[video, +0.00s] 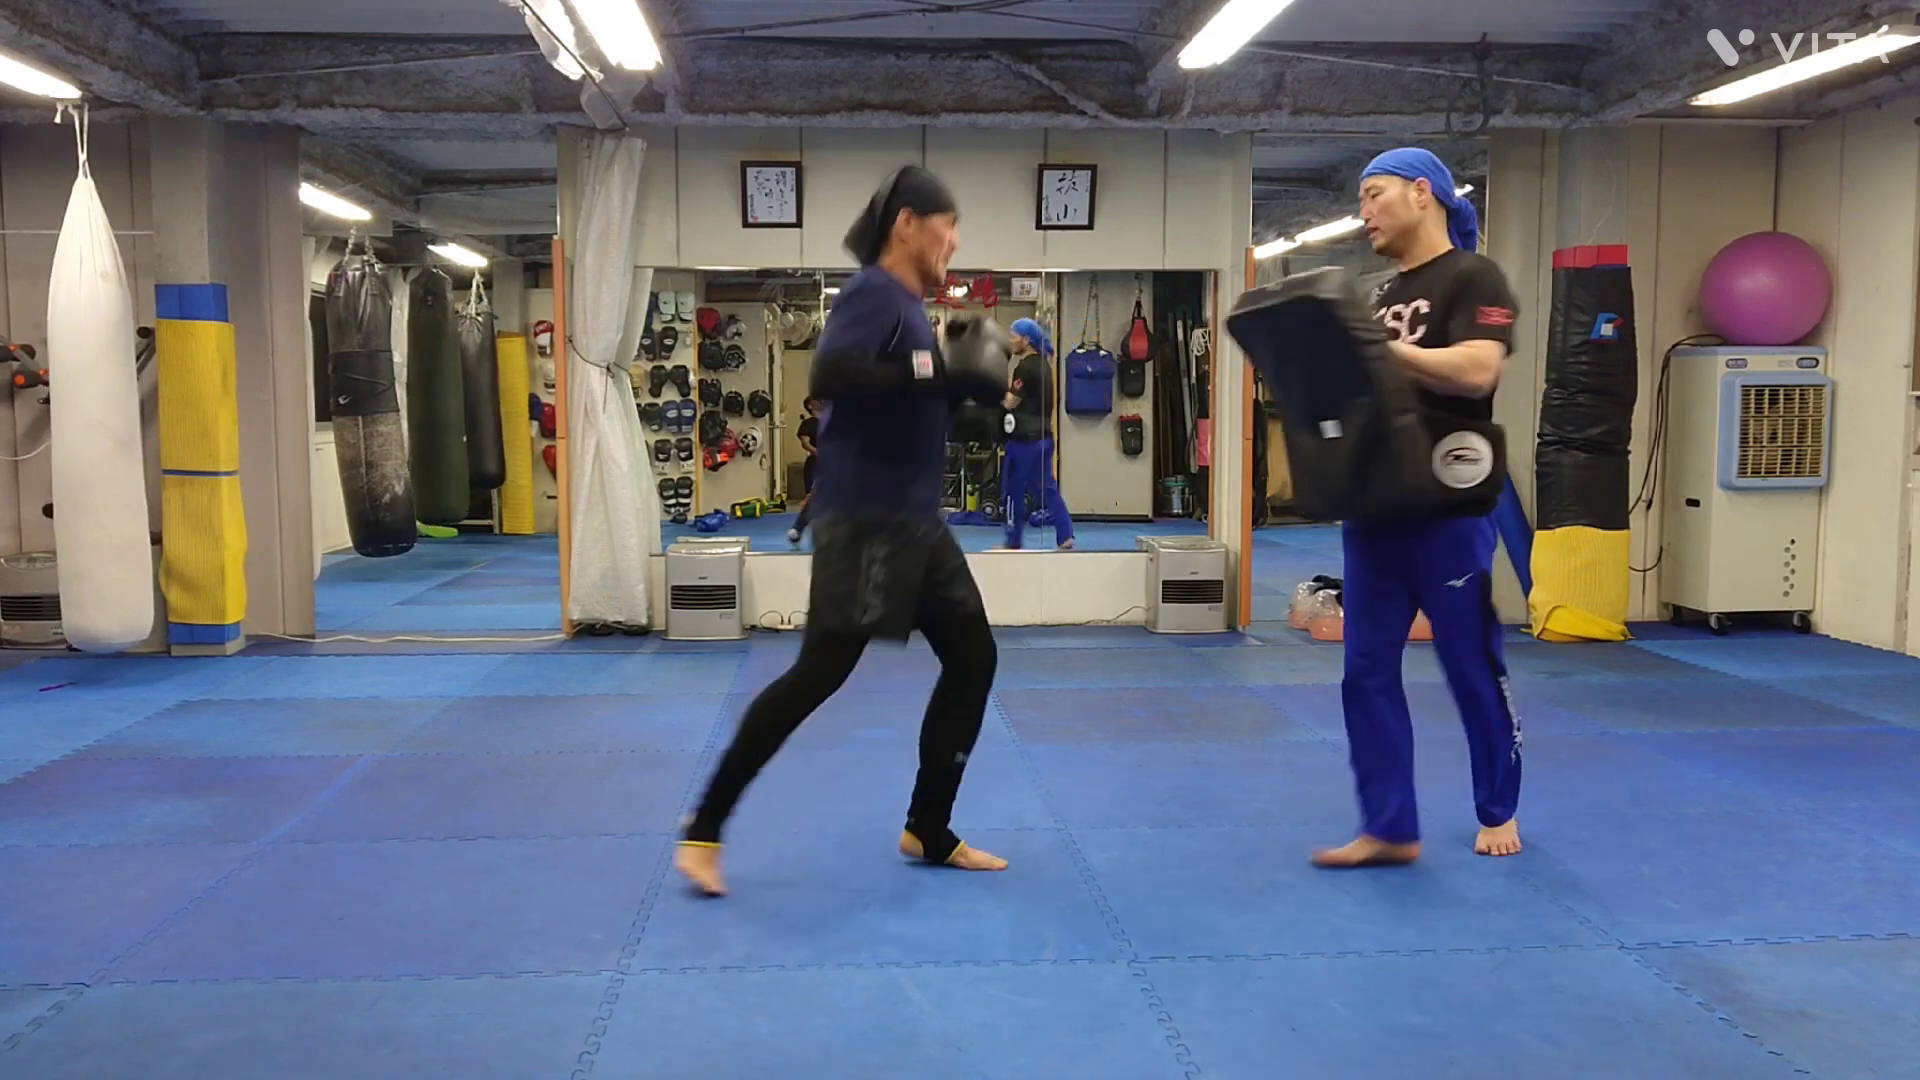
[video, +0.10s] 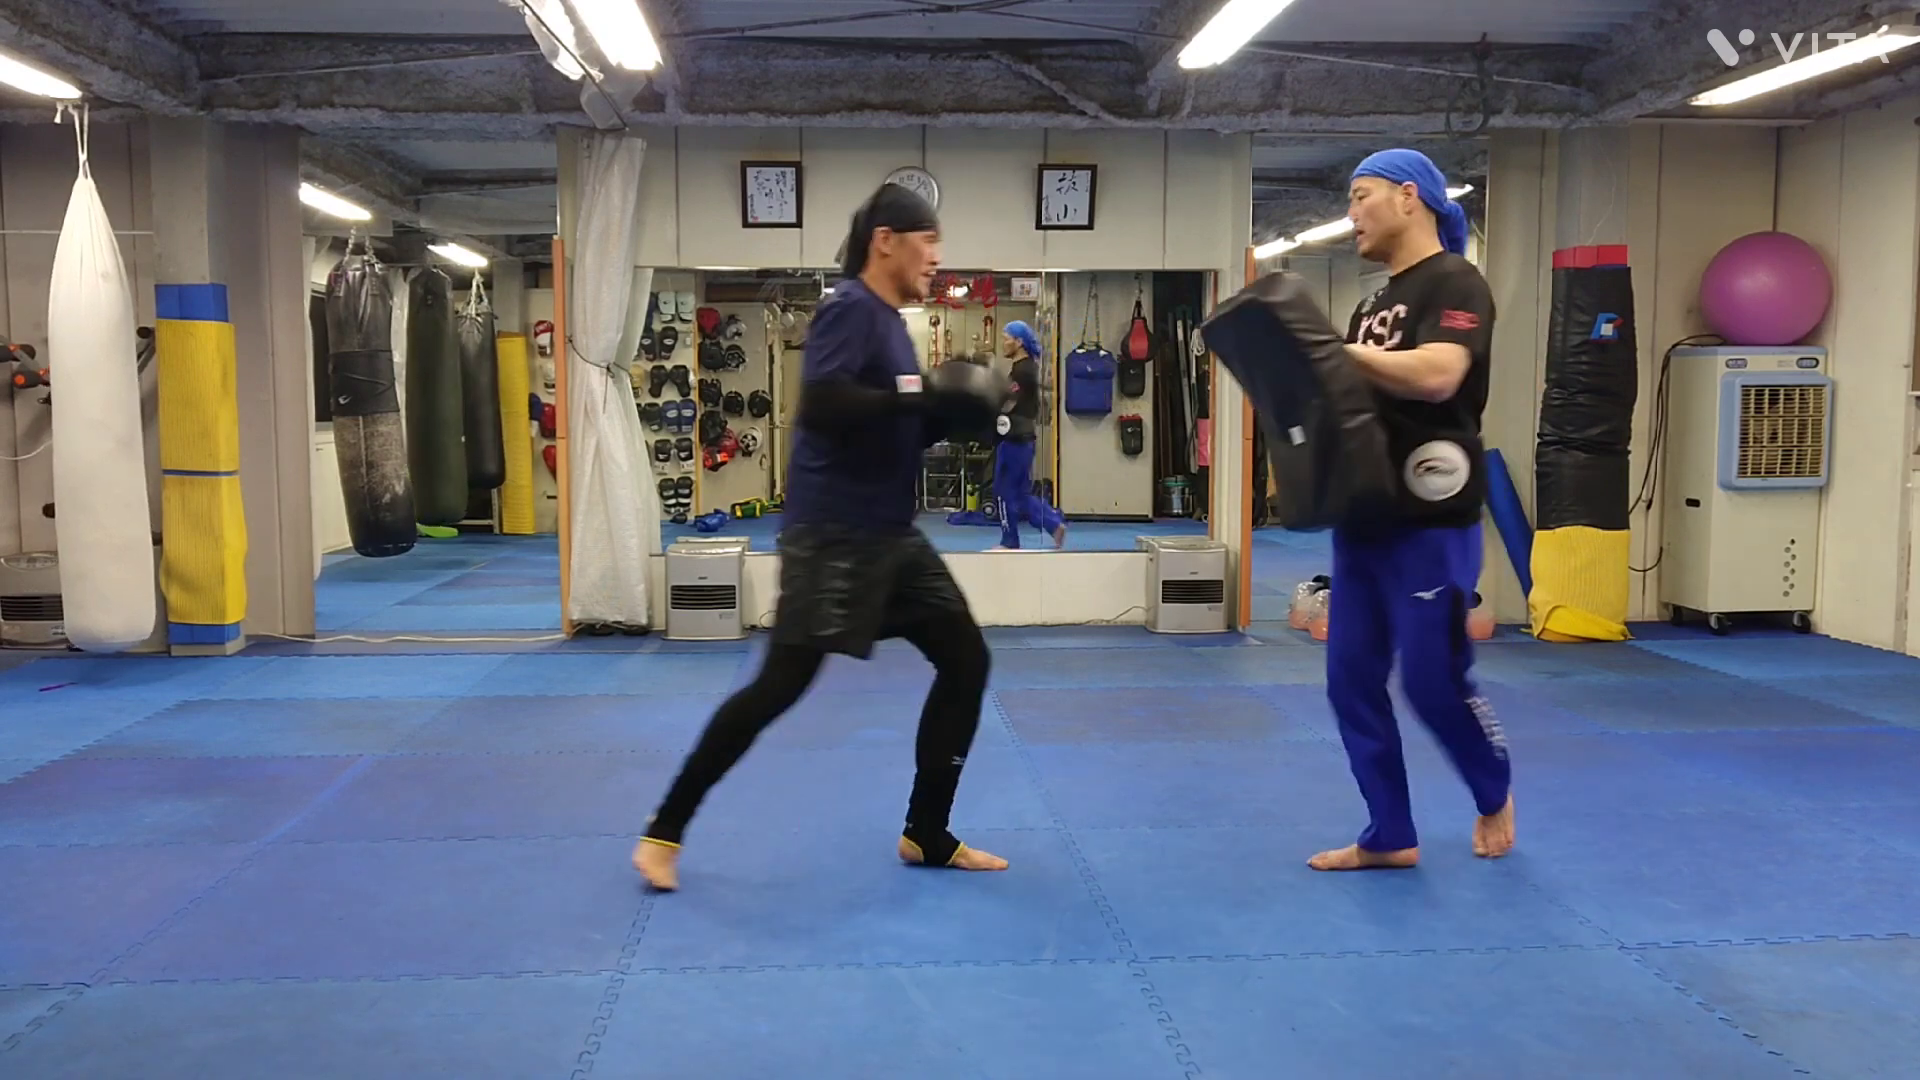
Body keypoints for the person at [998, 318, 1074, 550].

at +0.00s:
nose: (1011, 340)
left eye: (1014, 336)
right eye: (1011, 336)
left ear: (1026, 339)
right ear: (1028, 339)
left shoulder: (1026, 365)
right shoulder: (1043, 363)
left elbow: (1011, 401)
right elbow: (1046, 402)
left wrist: (998, 390)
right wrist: (1013, 395)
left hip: (1024, 438)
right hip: (1043, 436)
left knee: (1014, 488)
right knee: (1045, 486)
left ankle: (1013, 539)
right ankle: (1066, 536)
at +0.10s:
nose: (1003, 343)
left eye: (1006, 338)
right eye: (1004, 338)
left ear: (1019, 341)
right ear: (1018, 341)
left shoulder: (1022, 368)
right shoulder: (1025, 366)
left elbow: (1010, 399)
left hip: (1015, 436)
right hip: (1023, 434)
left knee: (1002, 489)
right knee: (1018, 492)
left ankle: (1009, 540)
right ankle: (1053, 524)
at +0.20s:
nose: (996, 342)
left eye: (1000, 338)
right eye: (996, 338)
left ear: (1012, 340)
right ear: (1009, 340)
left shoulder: (1019, 367)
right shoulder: (1010, 365)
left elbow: (1006, 402)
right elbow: (1004, 394)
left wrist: (983, 392)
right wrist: (987, 390)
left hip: (1013, 435)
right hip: (1008, 433)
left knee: (1002, 487)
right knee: (1002, 484)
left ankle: (1009, 540)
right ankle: (1023, 525)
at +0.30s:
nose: (991, 340)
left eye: (995, 336)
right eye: (991, 336)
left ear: (1008, 339)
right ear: (1000, 339)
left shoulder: (1016, 366)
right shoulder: (995, 365)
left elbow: (1005, 398)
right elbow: (990, 392)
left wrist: (979, 387)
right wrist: (972, 381)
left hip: (1008, 433)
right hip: (990, 432)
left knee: (1003, 486)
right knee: (985, 484)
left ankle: (1010, 539)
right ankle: (992, 535)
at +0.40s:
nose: (983, 343)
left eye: (987, 339)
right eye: (982, 339)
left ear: (1001, 342)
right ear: (985, 342)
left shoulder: (1011, 369)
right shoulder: (978, 367)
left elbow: (1005, 400)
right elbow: (967, 392)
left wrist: (980, 389)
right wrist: (956, 380)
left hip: (1005, 435)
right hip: (981, 433)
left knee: (1002, 486)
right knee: (974, 483)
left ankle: (1010, 539)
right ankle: (969, 532)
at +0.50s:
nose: (975, 345)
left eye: (980, 341)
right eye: (975, 341)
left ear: (994, 344)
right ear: (978, 344)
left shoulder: (1008, 372)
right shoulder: (972, 371)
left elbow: (1009, 402)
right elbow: (963, 398)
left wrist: (982, 395)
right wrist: (944, 386)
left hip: (1000, 436)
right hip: (975, 435)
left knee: (1002, 487)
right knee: (971, 484)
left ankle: (1009, 539)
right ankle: (967, 534)